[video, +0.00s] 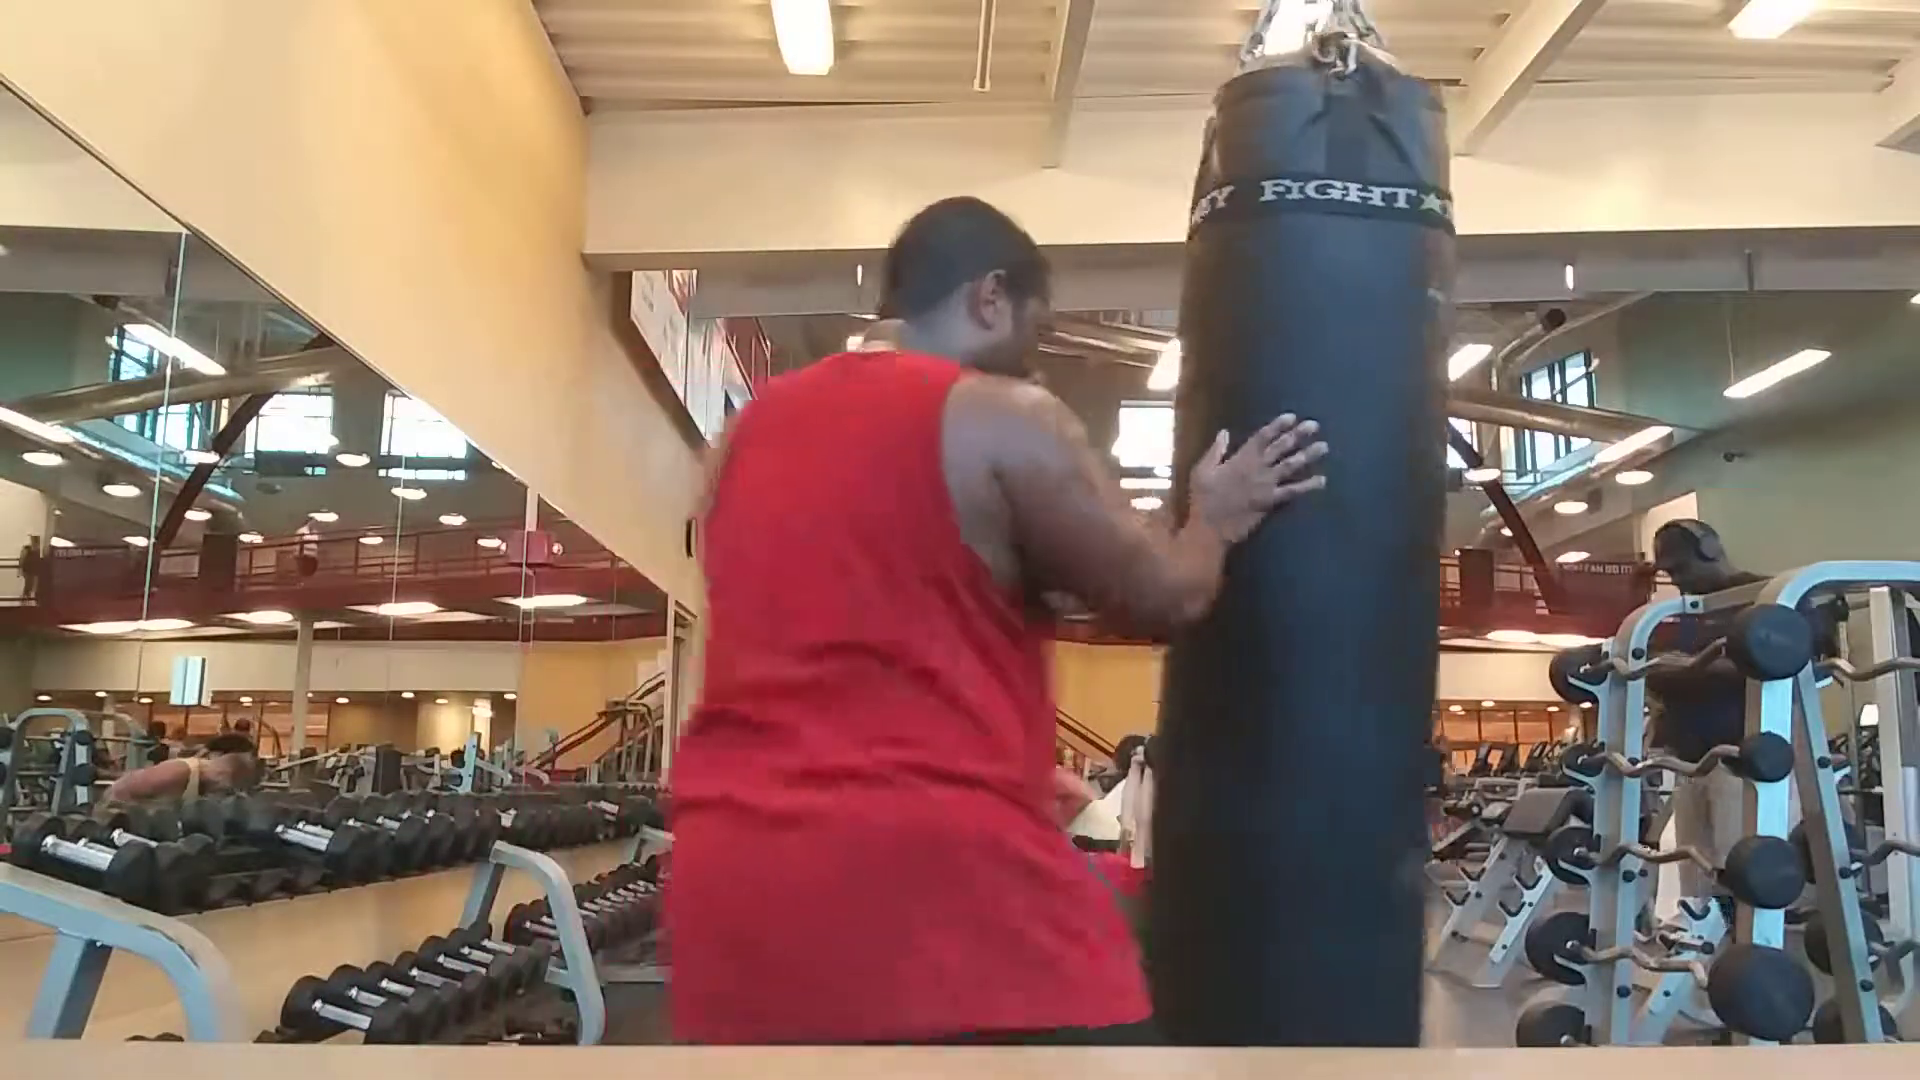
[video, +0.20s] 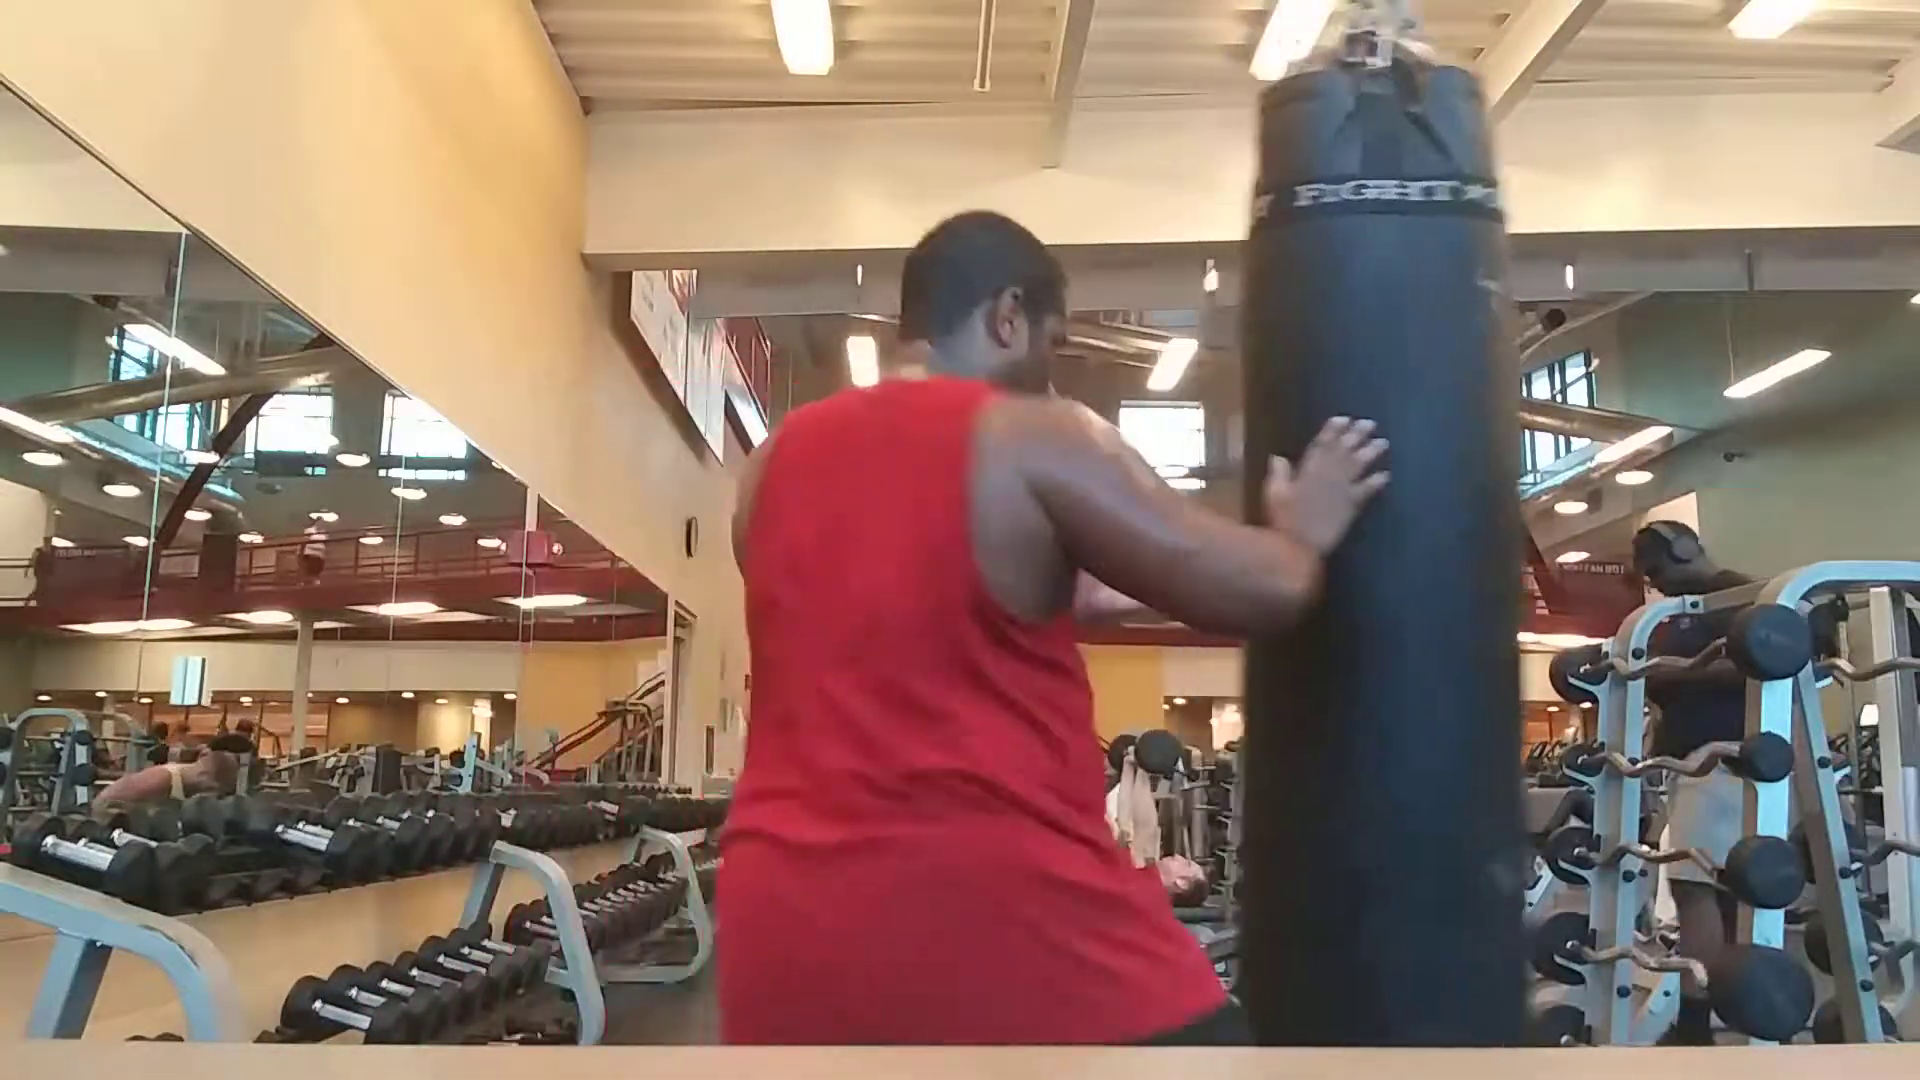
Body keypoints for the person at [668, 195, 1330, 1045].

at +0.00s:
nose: (1032, 354)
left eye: (1040, 335)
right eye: (1035, 332)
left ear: (893, 302)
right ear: (987, 301)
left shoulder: (749, 422)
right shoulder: (1002, 415)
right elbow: (1163, 593)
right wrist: (1216, 521)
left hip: (729, 866)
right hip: (946, 860)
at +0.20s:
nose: (1055, 372)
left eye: (1061, 349)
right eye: (1054, 345)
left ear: (911, 326)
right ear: (1005, 321)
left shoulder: (776, 454)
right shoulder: (1032, 434)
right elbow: (1273, 587)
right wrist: (1302, 528)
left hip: (780, 923)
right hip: (1013, 909)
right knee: (1224, 1061)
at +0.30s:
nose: (1085, 365)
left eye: (1090, 343)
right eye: (1084, 341)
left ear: (950, 330)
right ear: (1045, 330)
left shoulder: (821, 462)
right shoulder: (1098, 456)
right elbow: (1310, 627)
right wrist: (1321, 537)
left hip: (830, 915)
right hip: (1059, 905)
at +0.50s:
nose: (1232, 355)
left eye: (1232, 339)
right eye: (1228, 335)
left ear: (1092, 313)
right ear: (1187, 312)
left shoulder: (975, 437)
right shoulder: (1214, 396)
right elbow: (1462, 479)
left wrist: (1280, 600)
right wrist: (1458, 402)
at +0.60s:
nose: (1293, 383)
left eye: (1301, 363)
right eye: (1293, 356)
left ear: (1153, 336)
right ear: (1247, 329)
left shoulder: (1045, 481)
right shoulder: (1210, 425)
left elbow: (1258, 632)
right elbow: (1425, 600)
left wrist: (1476, 577)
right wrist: (1508, 496)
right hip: (1200, 915)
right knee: (1408, 1042)